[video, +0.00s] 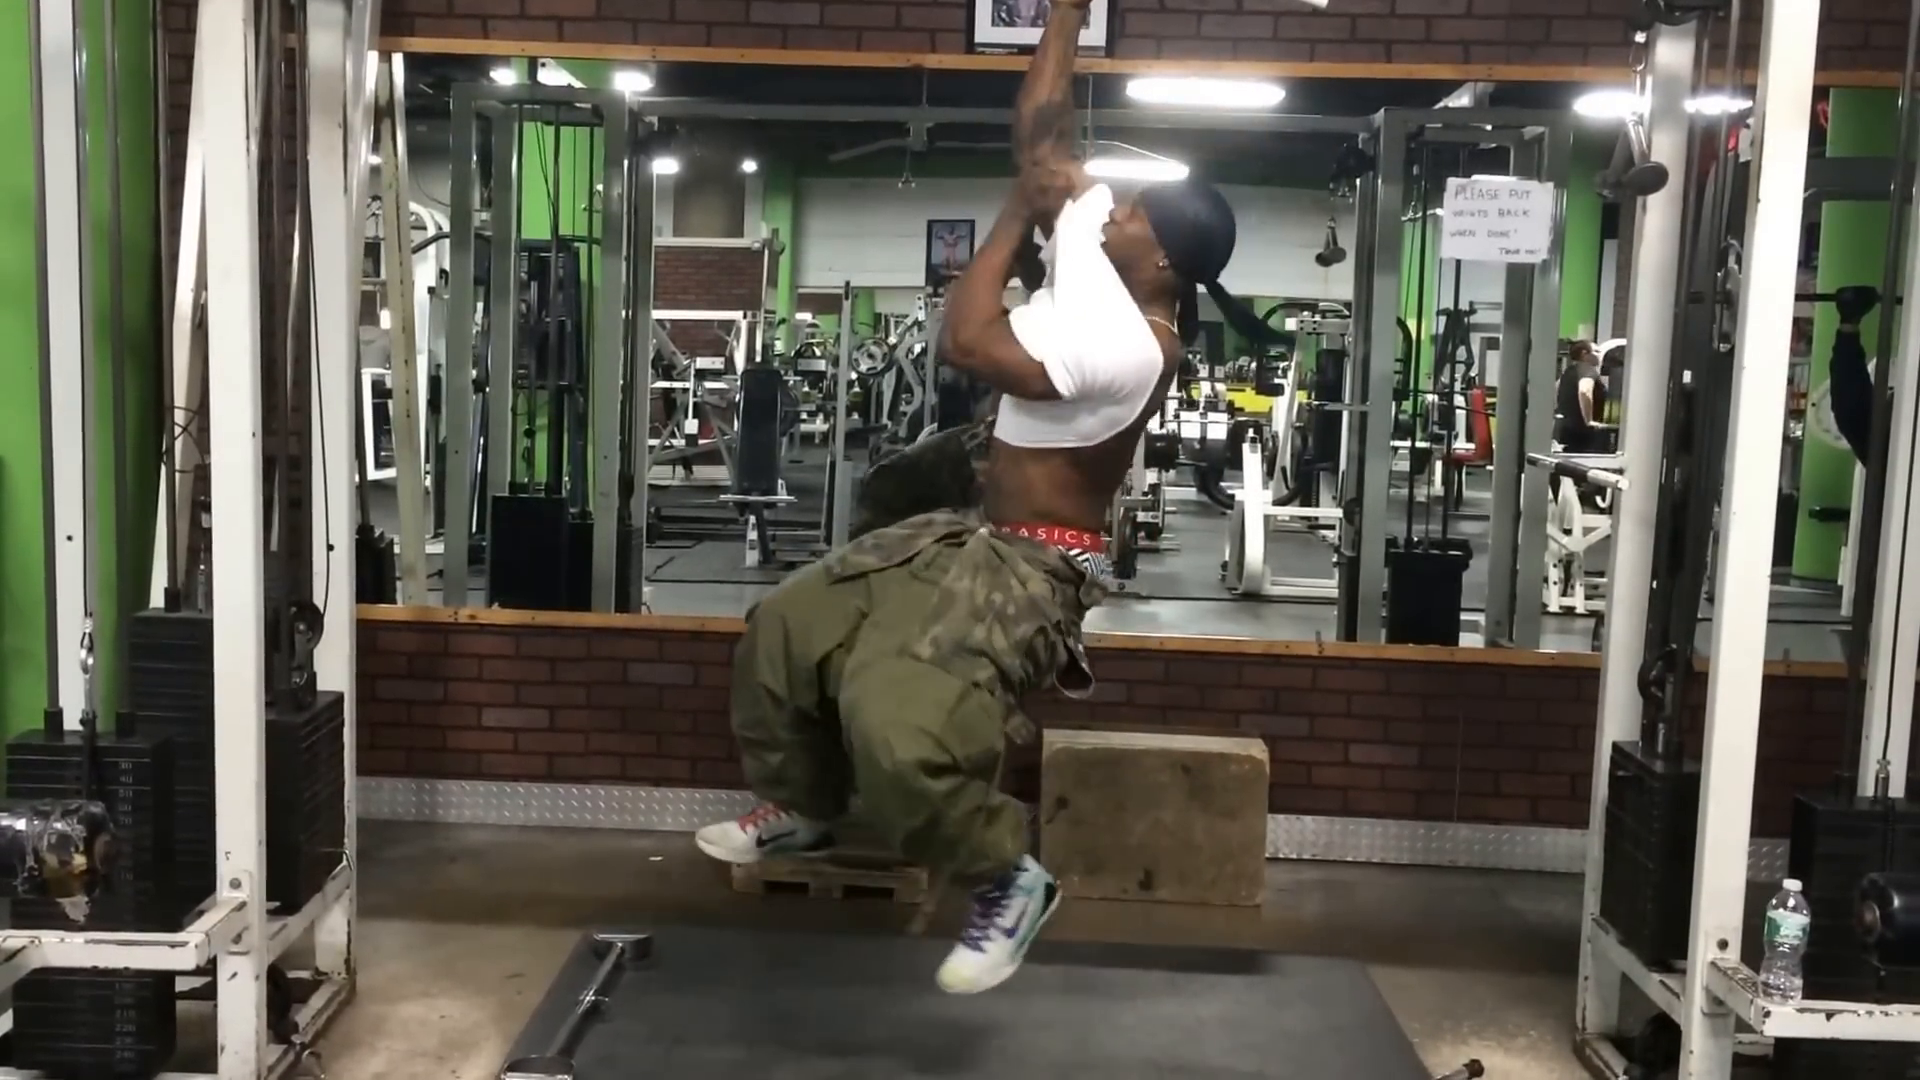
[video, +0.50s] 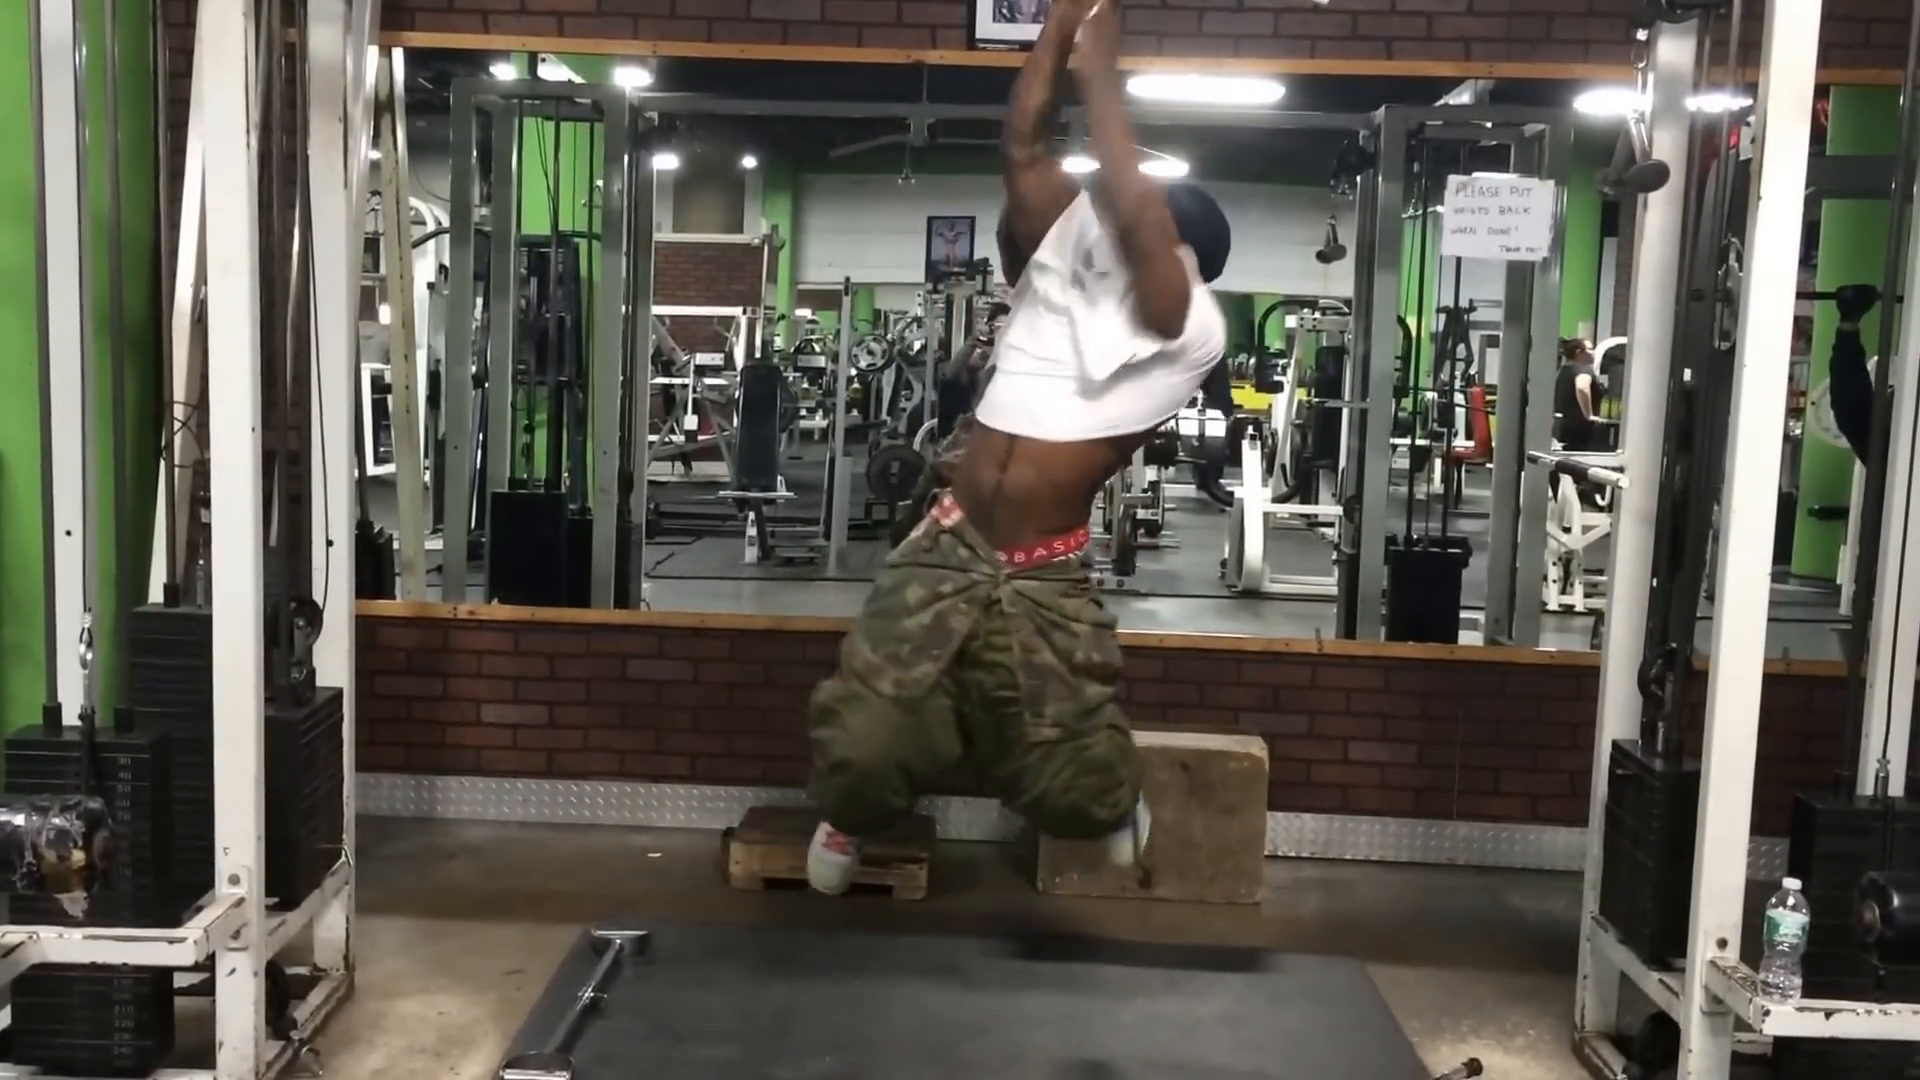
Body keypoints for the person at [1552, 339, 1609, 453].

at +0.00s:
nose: (1599, 355)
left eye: (1598, 351)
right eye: (1596, 351)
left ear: (1583, 354)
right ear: (1585, 354)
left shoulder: (1570, 370)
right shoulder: (1588, 370)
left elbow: (1557, 387)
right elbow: (1584, 391)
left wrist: (1560, 409)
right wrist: (1589, 420)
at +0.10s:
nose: (1596, 354)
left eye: (1596, 351)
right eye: (1593, 350)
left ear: (1582, 353)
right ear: (1582, 353)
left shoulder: (1568, 371)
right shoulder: (1583, 370)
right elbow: (1581, 397)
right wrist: (1587, 426)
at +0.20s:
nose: (1594, 354)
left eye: (1594, 350)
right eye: (1591, 350)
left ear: (1580, 353)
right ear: (1580, 353)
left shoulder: (1566, 372)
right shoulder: (1581, 371)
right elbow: (1580, 400)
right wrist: (1587, 429)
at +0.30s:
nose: (1593, 354)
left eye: (1593, 350)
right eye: (1590, 350)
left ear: (1578, 353)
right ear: (1579, 353)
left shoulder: (1566, 371)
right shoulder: (1580, 371)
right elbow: (1580, 399)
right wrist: (1587, 427)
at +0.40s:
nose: (1593, 353)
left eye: (1592, 349)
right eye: (1589, 349)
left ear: (1577, 353)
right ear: (1578, 353)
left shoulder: (1564, 371)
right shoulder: (1581, 371)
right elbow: (1580, 395)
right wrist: (1588, 422)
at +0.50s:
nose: (1593, 353)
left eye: (1592, 349)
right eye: (1590, 349)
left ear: (1577, 353)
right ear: (1579, 353)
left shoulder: (1564, 370)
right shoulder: (1584, 370)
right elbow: (1581, 388)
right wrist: (1589, 415)